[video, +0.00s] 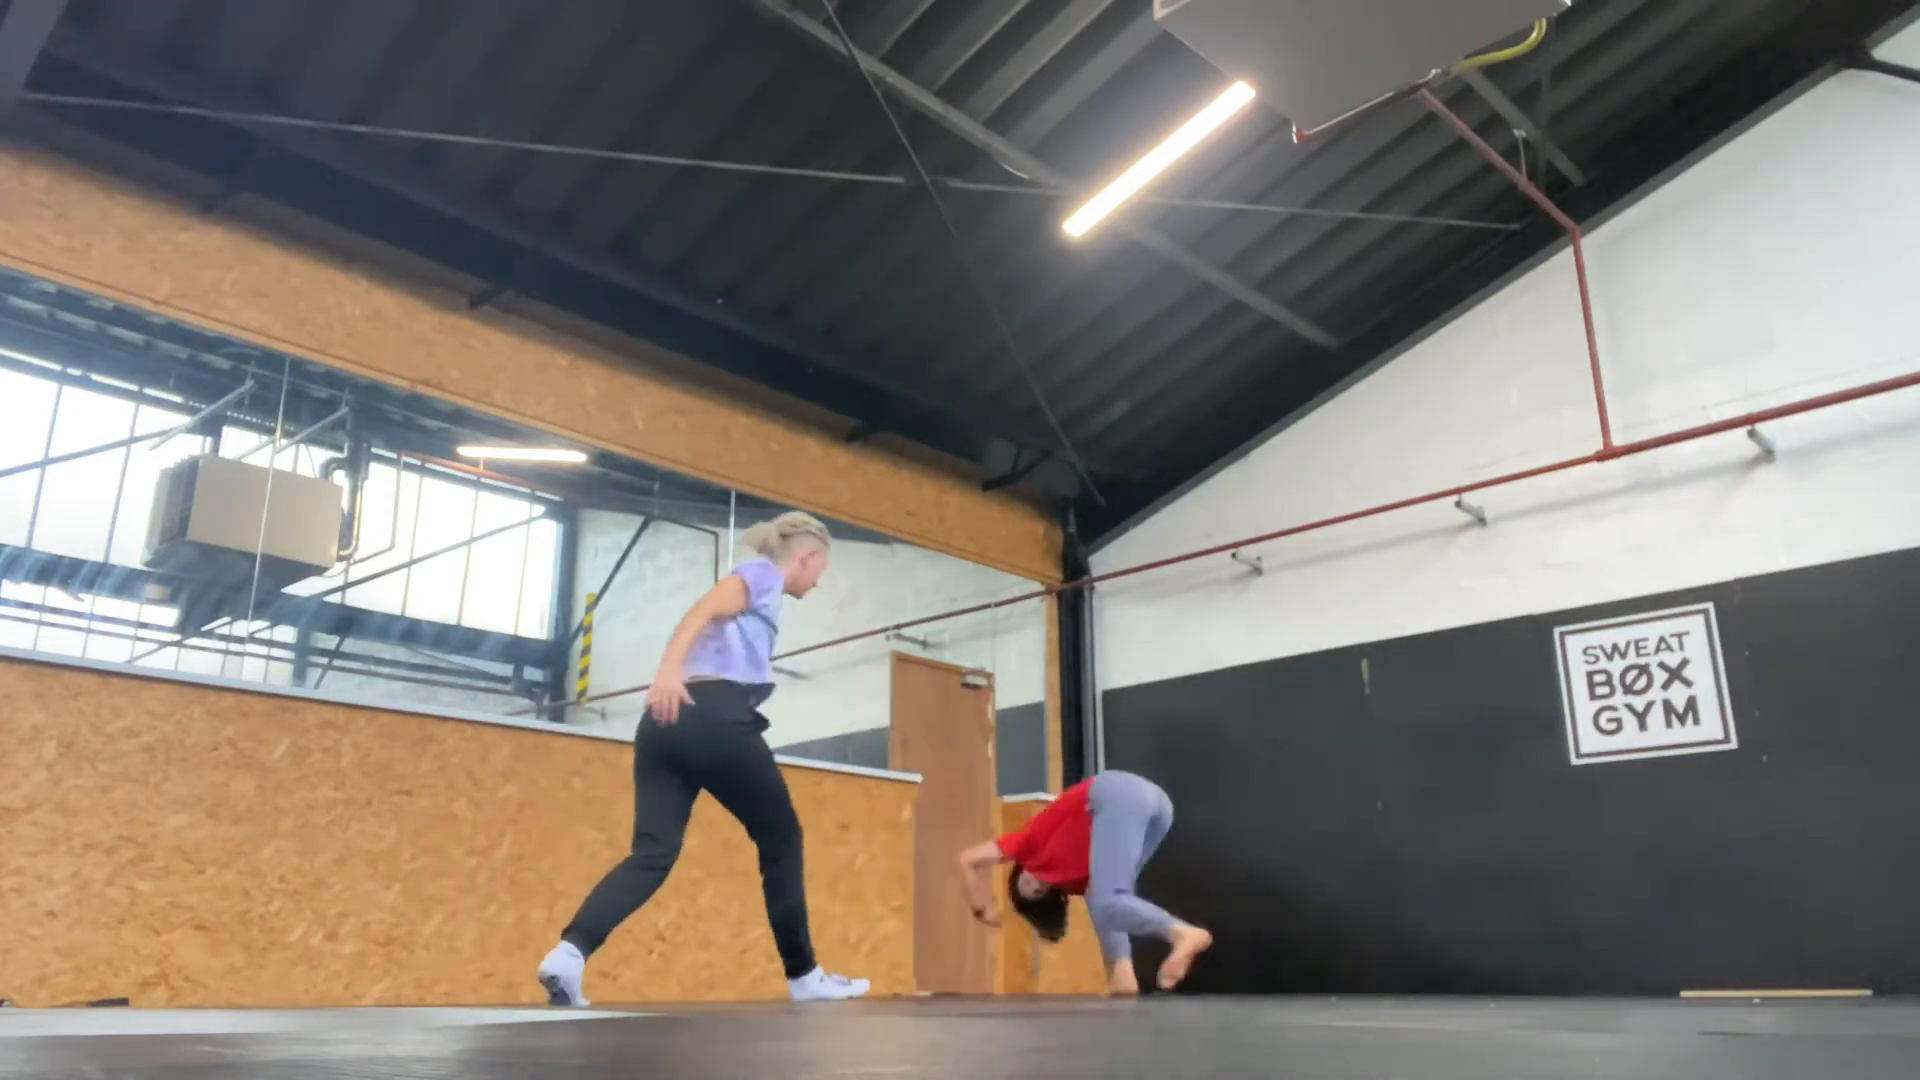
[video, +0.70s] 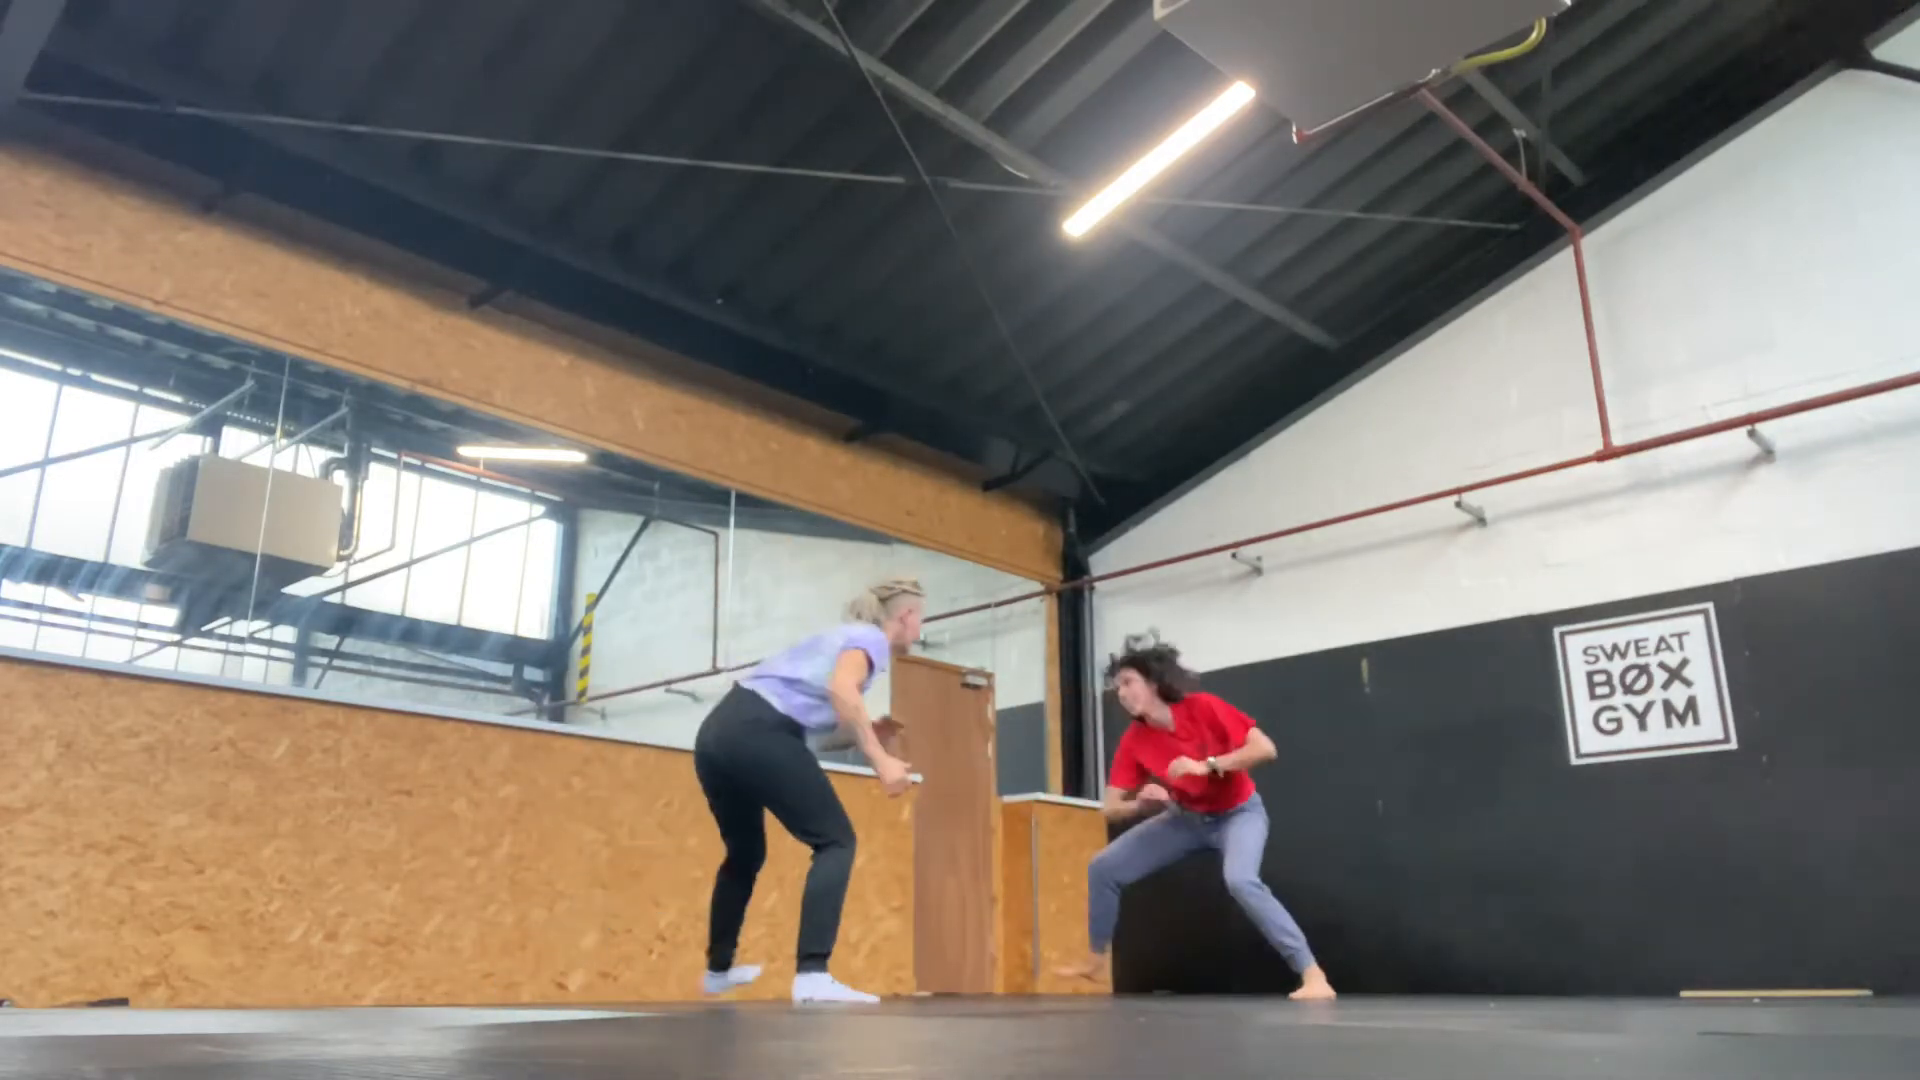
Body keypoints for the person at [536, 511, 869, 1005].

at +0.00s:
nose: (818, 580)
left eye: (822, 571)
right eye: (819, 568)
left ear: (787, 553)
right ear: (801, 556)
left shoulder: (755, 593)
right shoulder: (765, 574)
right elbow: (705, 608)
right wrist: (669, 670)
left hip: (664, 717)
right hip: (715, 716)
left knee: (653, 853)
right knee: (780, 837)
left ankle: (569, 955)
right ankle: (805, 977)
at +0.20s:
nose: (841, 554)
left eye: (844, 542)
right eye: (840, 540)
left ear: (807, 535)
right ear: (820, 536)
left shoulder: (779, 586)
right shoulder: (778, 569)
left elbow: (760, 667)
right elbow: (715, 616)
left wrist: (806, 640)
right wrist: (714, 678)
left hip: (676, 704)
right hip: (726, 702)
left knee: (654, 845)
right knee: (810, 821)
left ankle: (570, 949)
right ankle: (807, 965)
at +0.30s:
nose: (876, 555)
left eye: (878, 544)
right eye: (875, 543)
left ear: (838, 540)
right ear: (853, 540)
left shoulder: (811, 588)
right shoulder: (806, 573)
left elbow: (791, 669)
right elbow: (746, 625)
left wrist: (827, 631)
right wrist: (766, 674)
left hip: (698, 703)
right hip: (744, 699)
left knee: (669, 844)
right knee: (817, 825)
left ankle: (569, 936)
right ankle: (814, 971)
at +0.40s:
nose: (906, 573)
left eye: (907, 562)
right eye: (904, 561)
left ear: (872, 559)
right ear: (884, 561)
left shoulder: (849, 613)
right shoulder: (838, 595)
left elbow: (811, 684)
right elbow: (778, 649)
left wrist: (856, 665)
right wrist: (824, 693)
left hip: (720, 716)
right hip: (753, 713)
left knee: (702, 864)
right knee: (826, 833)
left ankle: (578, 919)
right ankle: (813, 977)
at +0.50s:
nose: (925, 603)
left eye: (926, 592)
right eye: (923, 591)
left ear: (889, 587)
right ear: (904, 589)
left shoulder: (844, 623)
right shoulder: (861, 618)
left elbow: (812, 711)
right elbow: (816, 673)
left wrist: (859, 734)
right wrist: (875, 723)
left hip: (720, 725)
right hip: (756, 724)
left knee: (738, 867)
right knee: (829, 833)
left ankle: (611, 917)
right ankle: (813, 977)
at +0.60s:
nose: (929, 627)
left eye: (930, 617)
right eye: (928, 616)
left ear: (898, 609)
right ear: (912, 612)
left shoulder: (843, 635)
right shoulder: (870, 633)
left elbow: (811, 728)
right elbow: (847, 686)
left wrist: (848, 748)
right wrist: (900, 746)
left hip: (722, 731)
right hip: (756, 730)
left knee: (754, 854)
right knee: (832, 834)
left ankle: (656, 948)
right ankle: (812, 976)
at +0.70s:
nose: (919, 632)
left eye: (920, 621)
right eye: (918, 620)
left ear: (881, 612)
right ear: (901, 617)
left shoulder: (832, 640)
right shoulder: (869, 638)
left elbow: (809, 733)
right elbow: (842, 689)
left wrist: (865, 734)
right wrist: (880, 758)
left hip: (716, 738)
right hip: (760, 735)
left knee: (744, 854)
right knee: (836, 842)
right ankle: (812, 977)